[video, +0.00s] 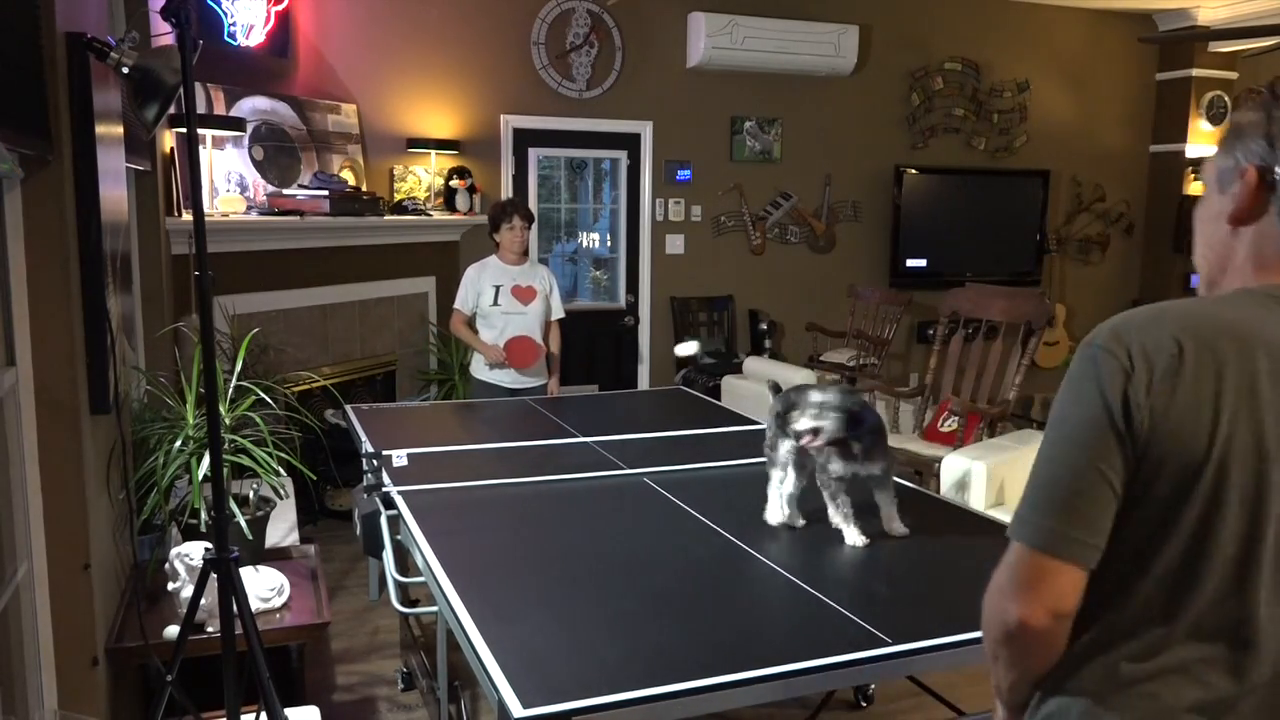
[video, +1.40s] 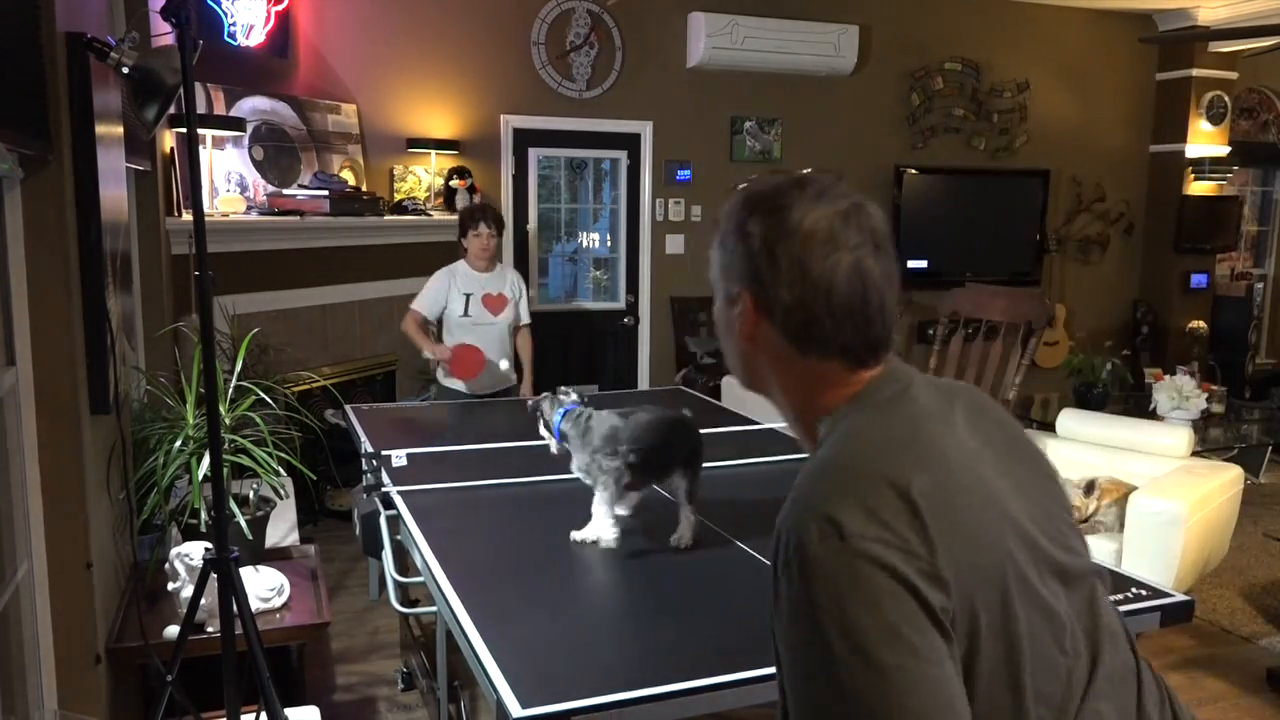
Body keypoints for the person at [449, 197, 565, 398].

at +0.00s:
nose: (520, 234)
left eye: (524, 228)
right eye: (511, 228)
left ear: (529, 232)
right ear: (496, 235)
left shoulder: (543, 275)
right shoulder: (477, 273)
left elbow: (552, 327)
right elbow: (456, 323)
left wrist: (554, 375)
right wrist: (485, 349)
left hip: (534, 383)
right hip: (489, 383)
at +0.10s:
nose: (518, 237)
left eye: (523, 230)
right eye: (509, 231)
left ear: (529, 234)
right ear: (496, 236)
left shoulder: (543, 275)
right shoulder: (475, 273)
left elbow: (551, 328)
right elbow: (450, 319)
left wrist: (553, 375)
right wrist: (468, 347)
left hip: (531, 382)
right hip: (487, 382)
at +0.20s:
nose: (512, 241)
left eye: (519, 234)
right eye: (505, 234)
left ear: (526, 237)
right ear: (492, 237)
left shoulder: (539, 277)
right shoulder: (471, 274)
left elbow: (549, 330)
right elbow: (439, 314)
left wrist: (550, 379)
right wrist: (450, 343)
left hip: (527, 384)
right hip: (482, 385)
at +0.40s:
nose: (496, 245)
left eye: (502, 238)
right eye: (488, 237)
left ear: (510, 243)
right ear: (475, 242)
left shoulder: (520, 282)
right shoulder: (453, 277)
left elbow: (530, 334)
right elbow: (409, 313)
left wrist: (533, 385)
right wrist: (429, 326)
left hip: (508, 391)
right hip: (460, 391)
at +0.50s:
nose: (486, 245)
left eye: (492, 238)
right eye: (477, 238)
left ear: (500, 243)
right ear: (465, 242)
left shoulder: (507, 283)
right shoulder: (447, 273)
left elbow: (514, 336)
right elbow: (407, 300)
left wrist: (516, 381)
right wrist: (430, 306)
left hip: (493, 386)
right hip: (448, 387)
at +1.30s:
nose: (476, 236)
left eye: (483, 230)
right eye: (468, 229)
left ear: (491, 236)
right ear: (455, 235)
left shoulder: (501, 275)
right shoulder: (437, 271)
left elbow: (511, 329)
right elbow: (395, 305)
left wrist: (515, 381)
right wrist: (412, 323)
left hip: (494, 385)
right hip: (447, 388)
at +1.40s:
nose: (485, 242)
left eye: (491, 235)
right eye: (476, 235)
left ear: (499, 239)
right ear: (464, 241)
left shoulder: (512, 279)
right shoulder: (446, 278)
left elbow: (521, 330)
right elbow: (410, 322)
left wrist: (527, 380)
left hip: (502, 389)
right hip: (458, 390)